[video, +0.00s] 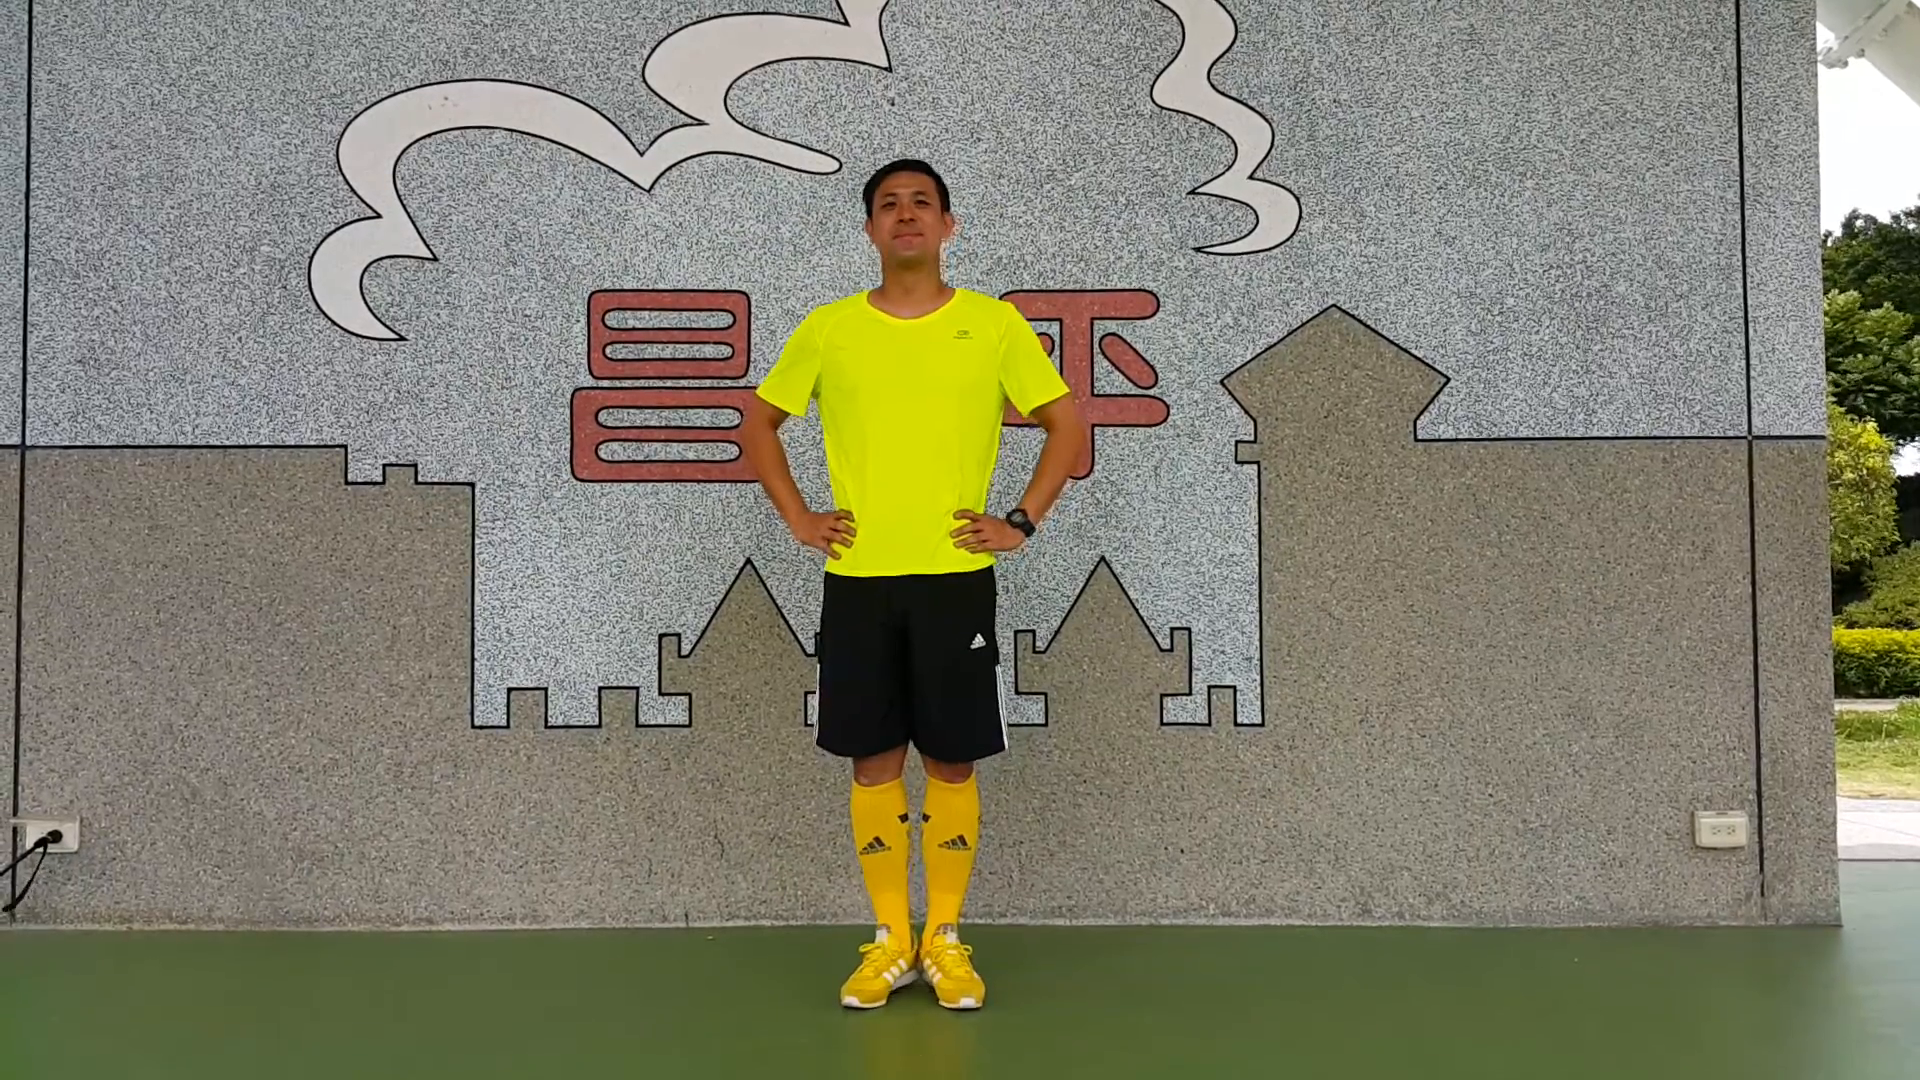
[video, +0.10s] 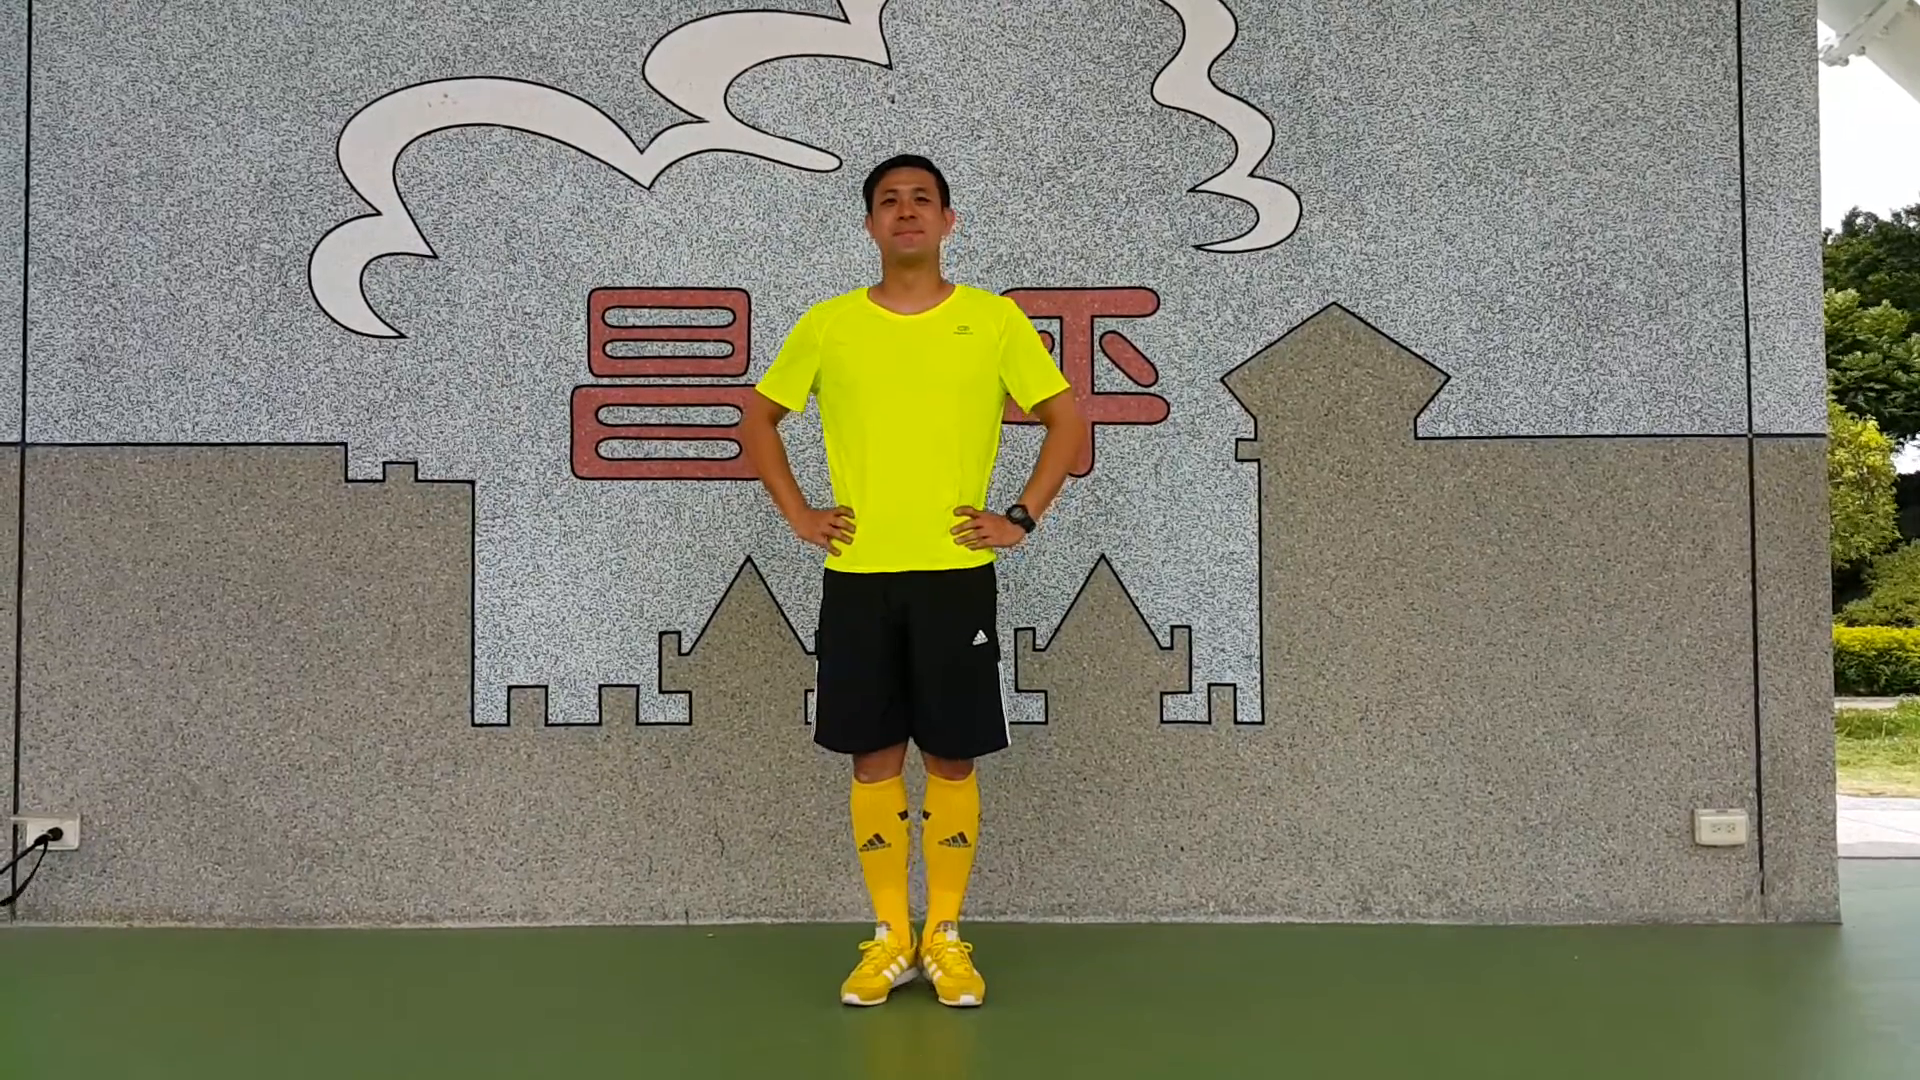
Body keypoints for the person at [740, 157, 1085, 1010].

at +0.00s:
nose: (906, 215)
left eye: (921, 203)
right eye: (890, 205)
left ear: (949, 228)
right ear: (869, 232)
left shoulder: (994, 323)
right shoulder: (830, 326)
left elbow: (1069, 427)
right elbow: (756, 422)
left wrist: (1022, 522)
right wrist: (797, 516)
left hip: (957, 575)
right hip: (861, 574)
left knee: (950, 757)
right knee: (875, 757)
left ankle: (943, 938)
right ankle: (892, 939)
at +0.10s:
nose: (907, 212)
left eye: (922, 200)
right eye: (891, 202)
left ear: (949, 223)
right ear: (869, 227)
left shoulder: (994, 319)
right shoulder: (828, 323)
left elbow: (1071, 420)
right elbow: (756, 422)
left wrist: (1022, 518)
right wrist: (798, 512)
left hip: (957, 571)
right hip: (860, 571)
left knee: (950, 754)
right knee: (875, 754)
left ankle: (943, 935)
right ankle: (891, 937)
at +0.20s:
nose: (906, 218)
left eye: (921, 205)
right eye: (889, 207)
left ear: (948, 224)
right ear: (869, 229)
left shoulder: (994, 324)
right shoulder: (829, 326)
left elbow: (1070, 424)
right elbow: (756, 422)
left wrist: (1021, 520)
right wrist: (797, 515)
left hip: (956, 575)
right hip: (859, 574)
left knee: (950, 758)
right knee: (877, 757)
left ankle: (942, 937)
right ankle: (894, 940)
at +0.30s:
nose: (905, 229)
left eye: (921, 214)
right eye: (889, 215)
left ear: (947, 227)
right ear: (869, 232)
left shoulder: (992, 326)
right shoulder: (829, 329)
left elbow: (1069, 425)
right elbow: (757, 426)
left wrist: (1021, 523)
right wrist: (800, 518)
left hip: (958, 576)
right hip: (862, 576)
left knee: (951, 758)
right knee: (878, 757)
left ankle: (942, 937)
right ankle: (894, 940)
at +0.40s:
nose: (906, 231)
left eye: (922, 216)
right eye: (890, 217)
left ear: (947, 229)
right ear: (869, 232)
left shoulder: (993, 325)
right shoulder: (830, 329)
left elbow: (1070, 423)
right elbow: (756, 424)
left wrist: (1023, 521)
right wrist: (800, 517)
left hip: (958, 577)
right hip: (861, 578)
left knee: (950, 759)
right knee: (877, 758)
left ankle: (942, 938)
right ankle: (894, 940)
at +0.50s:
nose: (908, 231)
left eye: (924, 216)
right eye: (892, 217)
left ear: (948, 229)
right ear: (871, 232)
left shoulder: (994, 326)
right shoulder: (829, 330)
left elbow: (1069, 427)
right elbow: (757, 426)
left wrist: (1022, 522)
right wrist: (801, 517)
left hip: (958, 575)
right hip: (862, 577)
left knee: (951, 758)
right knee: (878, 757)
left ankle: (942, 938)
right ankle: (894, 940)